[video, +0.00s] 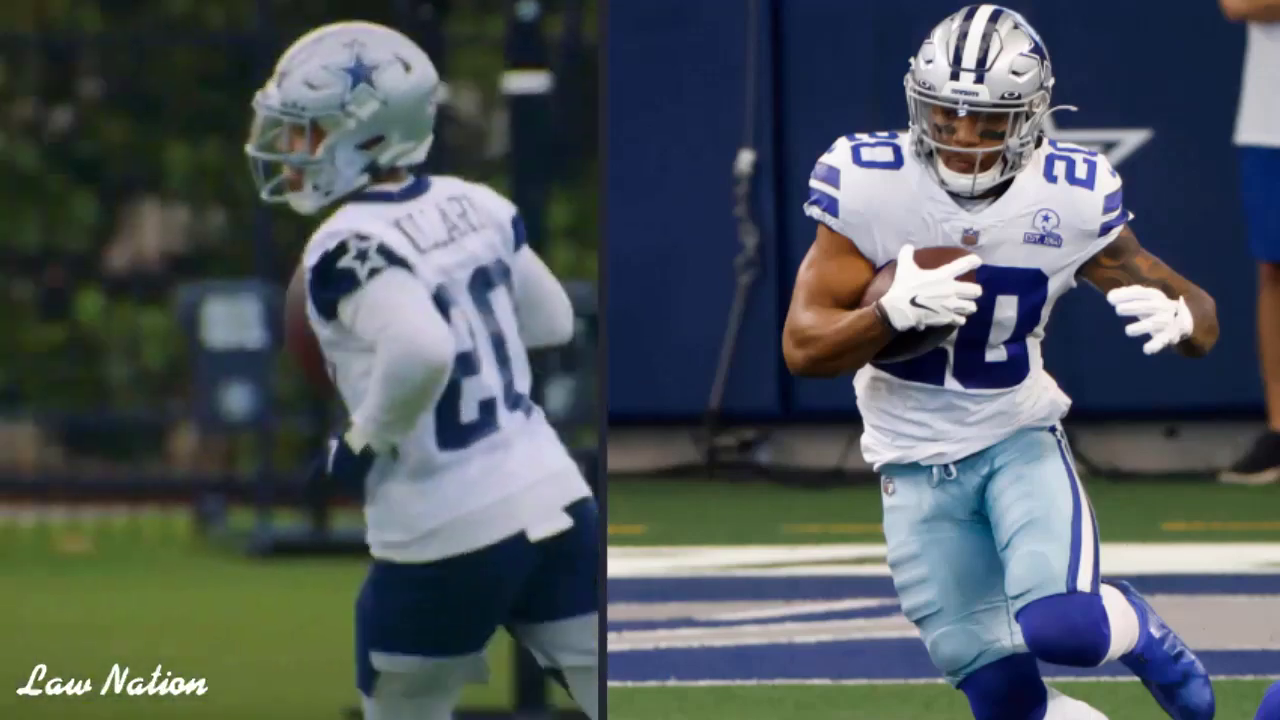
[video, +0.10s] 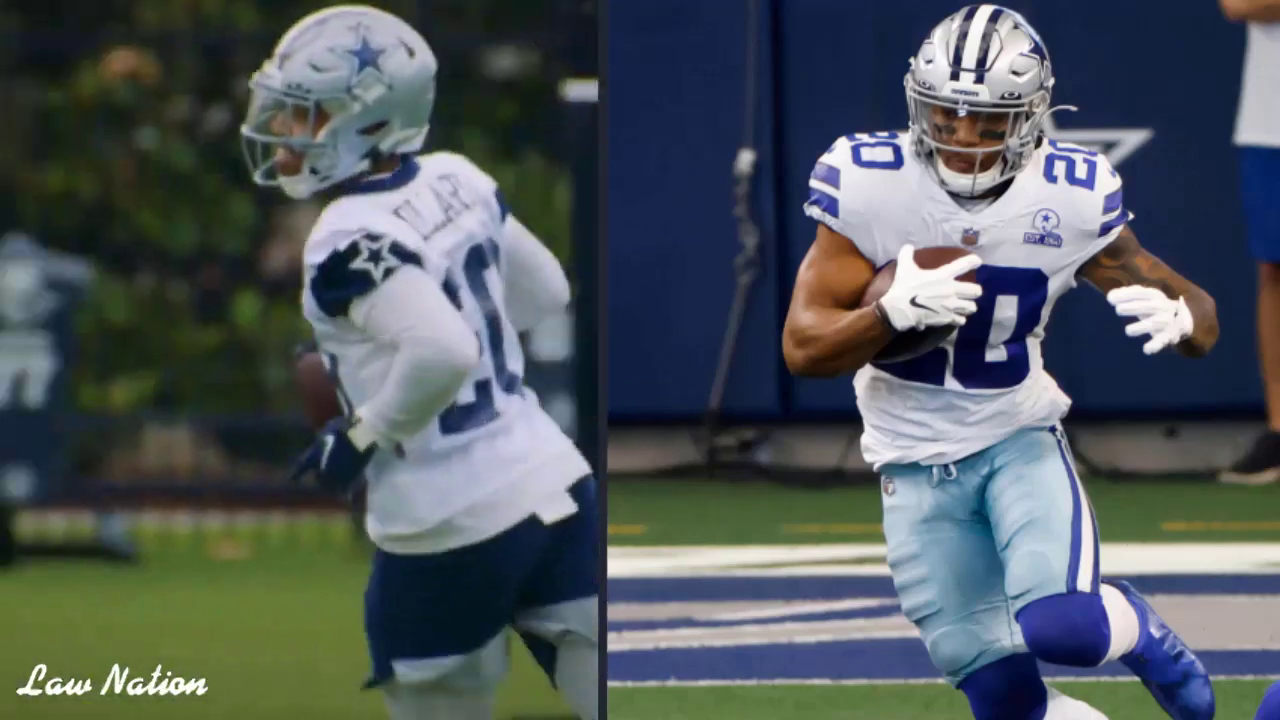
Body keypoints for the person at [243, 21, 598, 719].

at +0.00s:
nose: (290, 152)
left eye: (308, 134)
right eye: (289, 132)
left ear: (364, 133)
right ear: (404, 131)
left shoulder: (344, 244)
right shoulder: (475, 200)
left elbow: (419, 349)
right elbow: (554, 322)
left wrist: (362, 442)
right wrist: (451, 326)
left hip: (444, 549)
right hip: (559, 513)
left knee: (405, 708)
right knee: (600, 698)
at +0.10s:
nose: (285, 132)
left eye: (307, 115)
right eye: (285, 111)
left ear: (368, 118)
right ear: (393, 119)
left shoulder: (345, 239)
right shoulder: (456, 176)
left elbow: (443, 352)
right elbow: (545, 290)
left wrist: (363, 435)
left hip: (446, 539)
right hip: (557, 496)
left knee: (436, 703)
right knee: (607, 697)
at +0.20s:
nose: (337, 169)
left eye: (360, 153)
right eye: (339, 147)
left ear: (420, 160)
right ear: (440, 160)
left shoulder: (397, 292)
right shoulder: (521, 222)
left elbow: (474, 433)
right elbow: (606, 303)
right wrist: (566, 399)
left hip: (502, 570)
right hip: (583, 542)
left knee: (489, 704)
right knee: (562, 695)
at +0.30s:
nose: (355, 161)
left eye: (378, 146)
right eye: (359, 140)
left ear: (442, 157)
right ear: (469, 156)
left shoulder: (408, 290)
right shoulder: (569, 229)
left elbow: (446, 456)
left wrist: (360, 462)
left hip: (539, 584)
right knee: (483, 705)